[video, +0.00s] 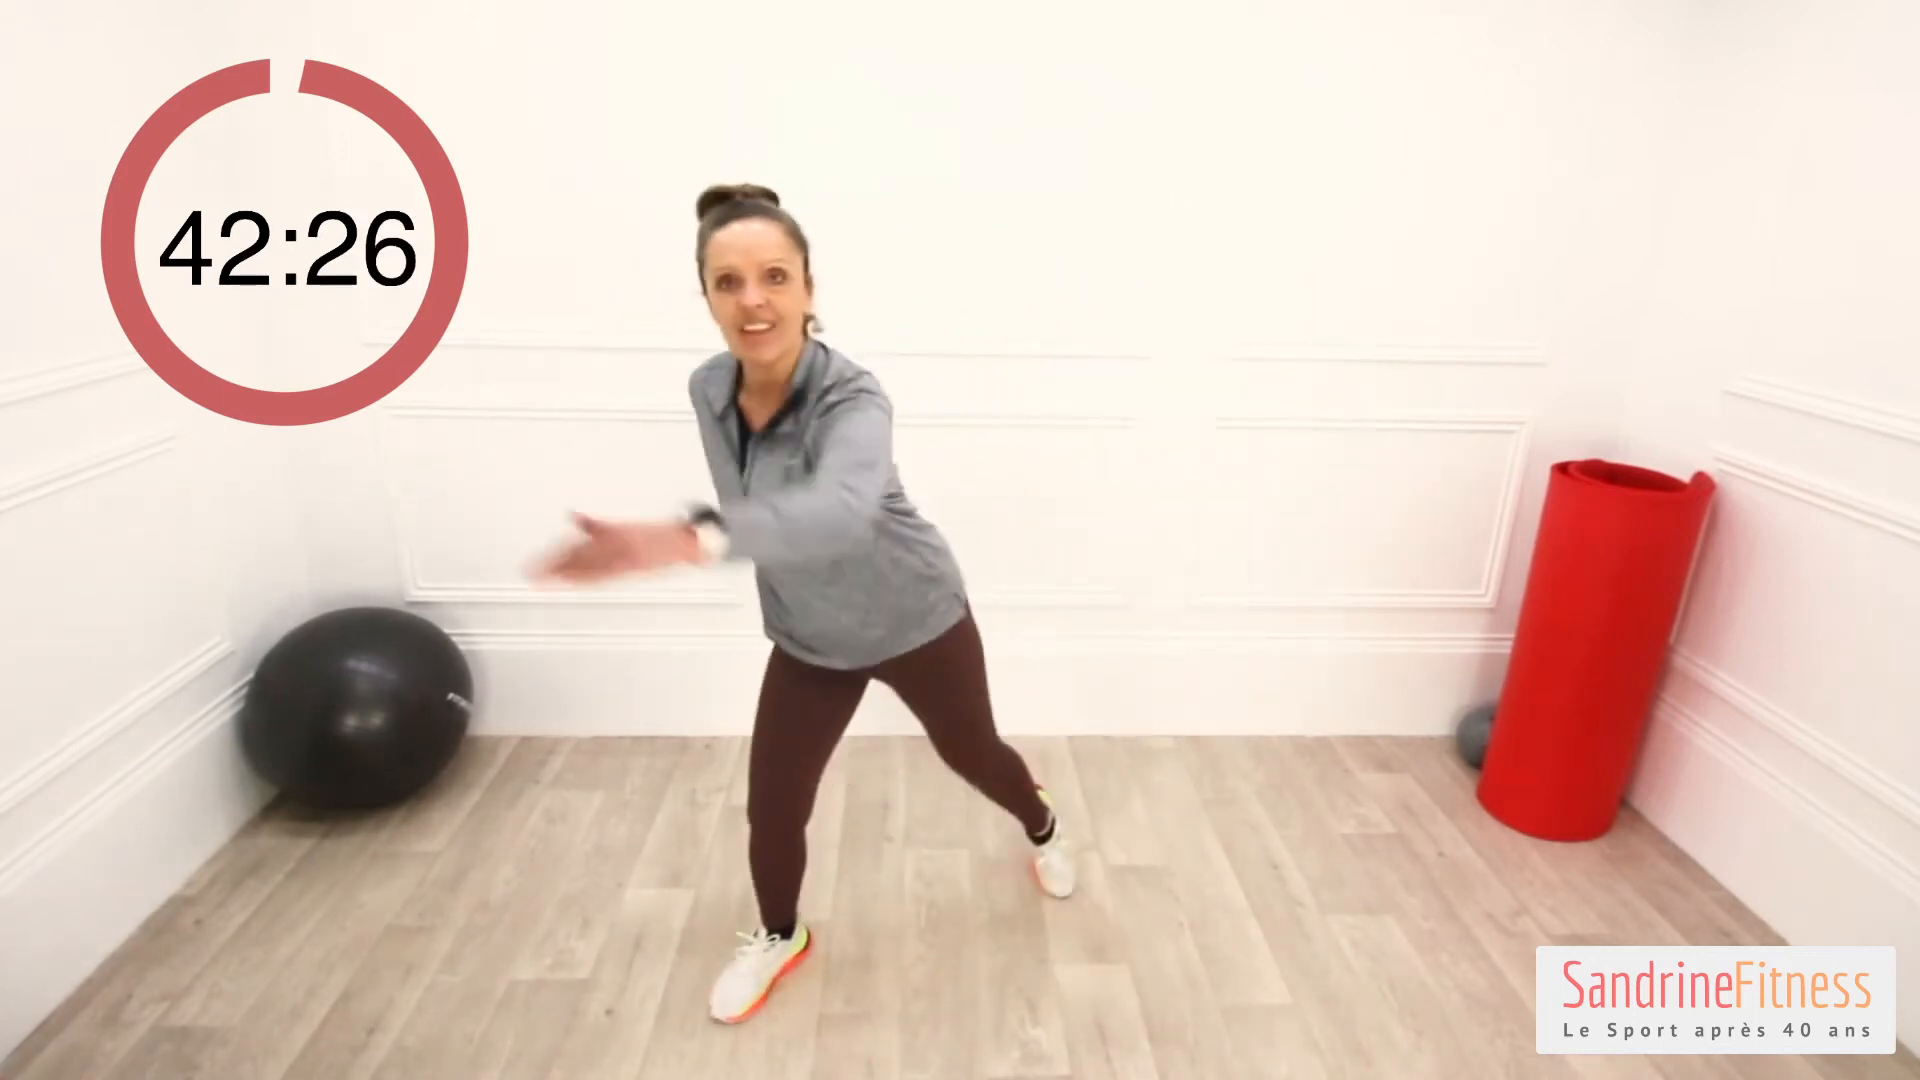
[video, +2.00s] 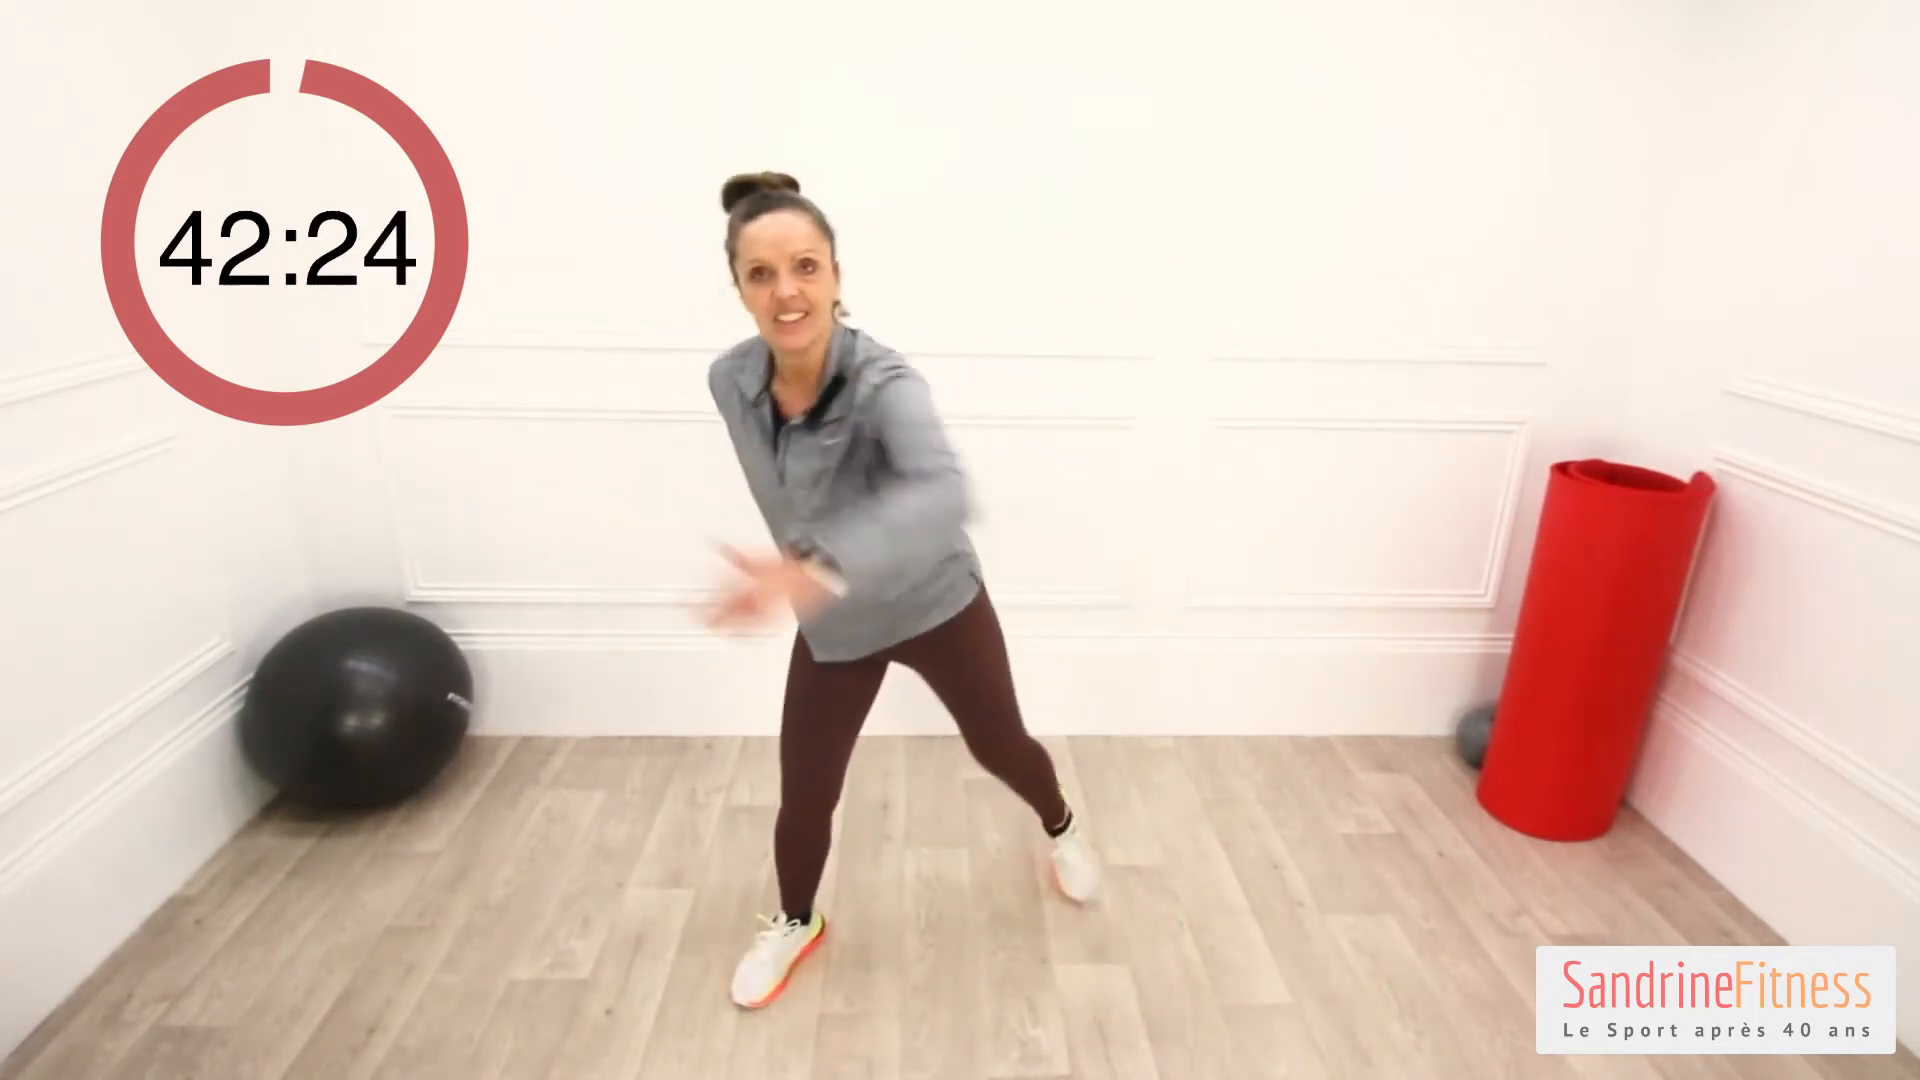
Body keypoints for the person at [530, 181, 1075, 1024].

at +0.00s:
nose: (754, 302)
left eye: (774, 278)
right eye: (729, 283)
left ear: (809, 291)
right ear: (709, 302)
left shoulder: (853, 401)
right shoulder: (710, 391)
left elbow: (843, 509)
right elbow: (753, 510)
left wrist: (696, 536)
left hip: (916, 618)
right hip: (812, 631)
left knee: (972, 753)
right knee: (774, 806)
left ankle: (1045, 829)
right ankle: (780, 934)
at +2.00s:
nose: (787, 292)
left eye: (805, 268)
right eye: (762, 275)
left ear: (836, 275)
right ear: (740, 292)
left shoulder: (884, 384)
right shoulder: (733, 382)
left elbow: (943, 495)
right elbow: (786, 499)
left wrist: (828, 568)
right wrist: (796, 570)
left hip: (938, 603)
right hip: (834, 620)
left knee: (999, 745)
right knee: (805, 793)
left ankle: (1064, 829)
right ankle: (796, 921)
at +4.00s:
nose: (848, 262)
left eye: (865, 239)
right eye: (823, 244)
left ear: (891, 250)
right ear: (793, 262)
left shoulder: (948, 373)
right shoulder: (749, 388)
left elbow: (1024, 501)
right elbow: (743, 527)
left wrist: (971, 561)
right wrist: (835, 573)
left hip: (947, 621)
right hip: (828, 636)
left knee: (1006, 767)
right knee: (816, 804)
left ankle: (1043, 831)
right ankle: (799, 941)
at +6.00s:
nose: (882, 283)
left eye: (897, 259)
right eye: (857, 266)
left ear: (920, 268)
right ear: (826, 283)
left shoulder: (977, 393)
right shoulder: (786, 405)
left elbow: (1038, 530)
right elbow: (793, 553)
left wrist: (997, 563)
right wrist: (883, 576)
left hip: (957, 627)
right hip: (845, 637)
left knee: (1014, 771)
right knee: (827, 808)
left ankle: (1077, 887)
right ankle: (796, 933)